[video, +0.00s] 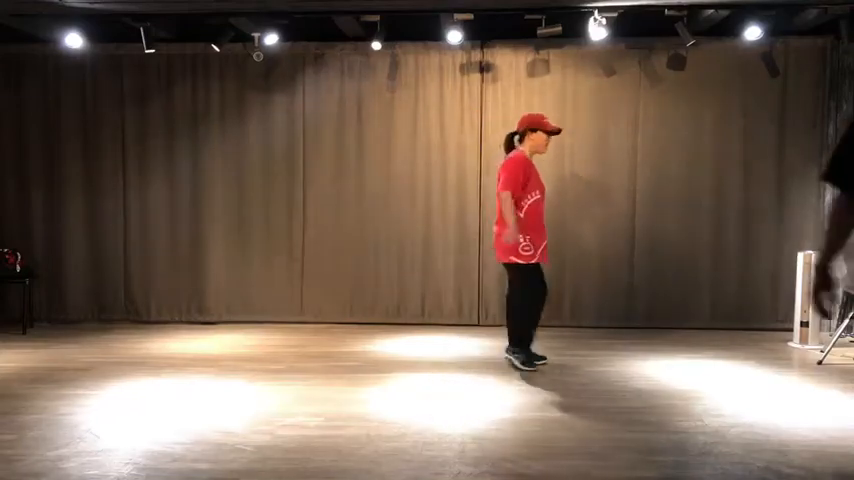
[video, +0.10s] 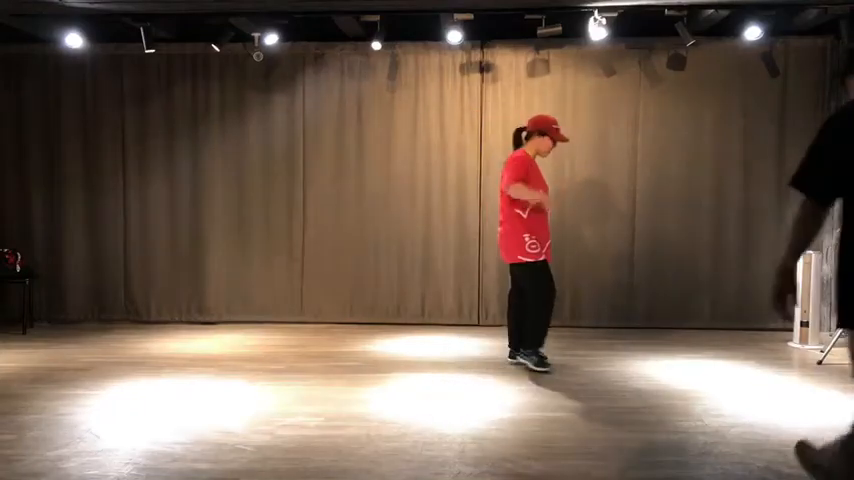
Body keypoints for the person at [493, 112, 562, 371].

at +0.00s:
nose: (548, 142)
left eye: (549, 137)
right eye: (546, 136)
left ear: (532, 137)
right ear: (530, 136)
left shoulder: (526, 162)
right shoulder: (516, 161)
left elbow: (521, 200)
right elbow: (505, 195)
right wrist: (512, 228)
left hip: (526, 244)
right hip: (517, 244)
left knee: (529, 291)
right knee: (532, 290)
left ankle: (522, 345)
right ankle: (517, 347)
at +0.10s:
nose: (553, 147)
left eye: (554, 142)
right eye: (552, 141)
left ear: (539, 138)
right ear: (538, 137)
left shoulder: (527, 161)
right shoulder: (520, 160)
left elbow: (516, 192)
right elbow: (511, 187)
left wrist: (539, 197)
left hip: (525, 243)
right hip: (524, 244)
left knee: (521, 294)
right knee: (544, 292)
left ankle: (518, 347)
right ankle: (530, 348)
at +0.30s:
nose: (566, 147)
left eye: (567, 142)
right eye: (564, 142)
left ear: (548, 138)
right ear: (550, 138)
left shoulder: (536, 162)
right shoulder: (534, 164)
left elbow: (539, 206)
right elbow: (549, 198)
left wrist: (552, 237)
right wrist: (580, 192)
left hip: (532, 246)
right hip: (531, 248)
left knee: (523, 299)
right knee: (545, 303)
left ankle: (518, 350)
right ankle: (559, 357)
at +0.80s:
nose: (590, 146)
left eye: (592, 141)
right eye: (587, 140)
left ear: (576, 138)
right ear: (572, 137)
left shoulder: (577, 162)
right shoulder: (561, 166)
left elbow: (579, 204)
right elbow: (563, 208)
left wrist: (584, 240)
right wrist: (562, 243)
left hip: (581, 249)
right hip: (564, 252)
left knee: (589, 294)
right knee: (563, 304)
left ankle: (563, 344)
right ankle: (560, 358)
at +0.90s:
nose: (594, 145)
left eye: (596, 140)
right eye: (591, 139)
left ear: (590, 138)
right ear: (575, 136)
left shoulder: (588, 163)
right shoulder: (564, 166)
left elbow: (590, 202)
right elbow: (563, 208)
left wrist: (594, 235)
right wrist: (571, 243)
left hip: (588, 248)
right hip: (566, 251)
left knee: (594, 298)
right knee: (564, 306)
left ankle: (588, 348)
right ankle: (561, 360)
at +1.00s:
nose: (600, 145)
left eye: (604, 139)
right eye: (595, 139)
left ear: (606, 139)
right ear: (579, 137)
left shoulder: (602, 166)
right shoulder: (567, 166)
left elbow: (612, 201)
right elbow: (564, 207)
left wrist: (606, 230)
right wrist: (580, 240)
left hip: (596, 250)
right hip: (568, 252)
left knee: (603, 304)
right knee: (566, 308)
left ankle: (610, 353)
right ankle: (562, 360)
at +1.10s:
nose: (602, 143)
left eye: (606, 137)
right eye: (598, 137)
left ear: (608, 139)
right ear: (587, 137)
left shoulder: (613, 165)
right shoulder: (575, 165)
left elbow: (618, 208)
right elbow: (566, 205)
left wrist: (618, 243)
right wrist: (580, 240)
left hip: (604, 252)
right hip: (574, 252)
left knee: (611, 304)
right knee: (571, 307)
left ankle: (614, 353)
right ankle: (562, 358)